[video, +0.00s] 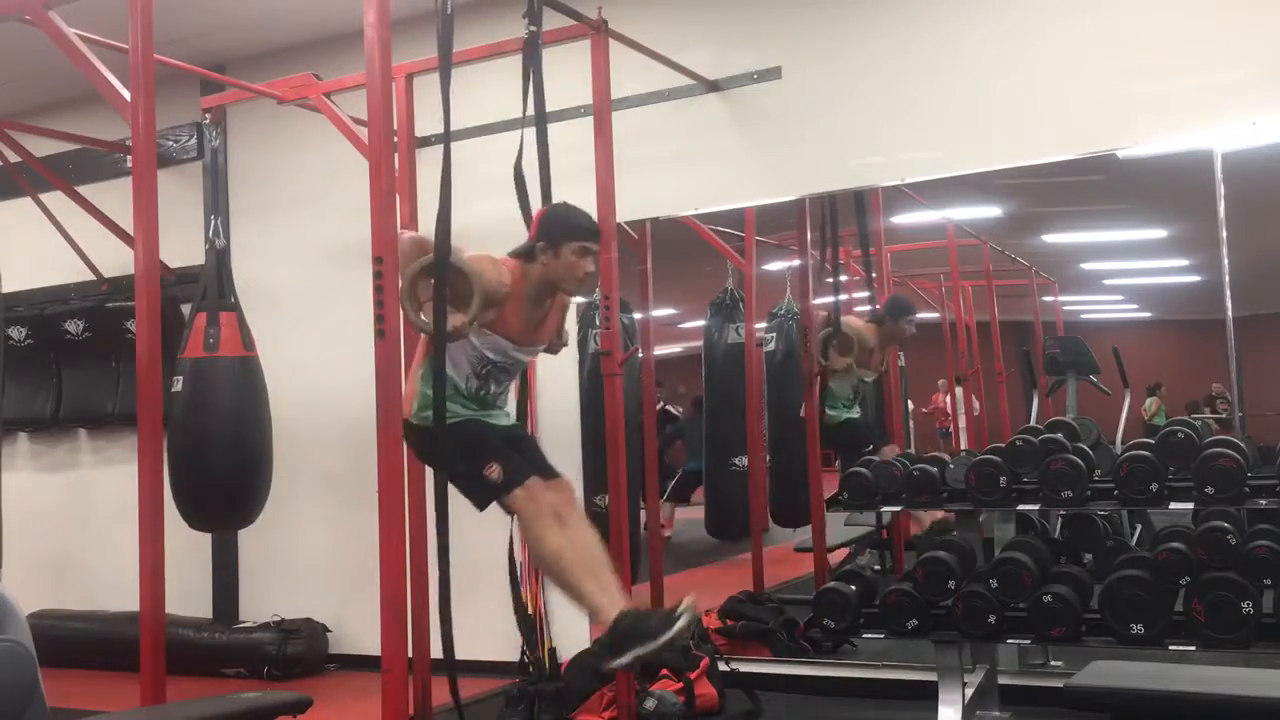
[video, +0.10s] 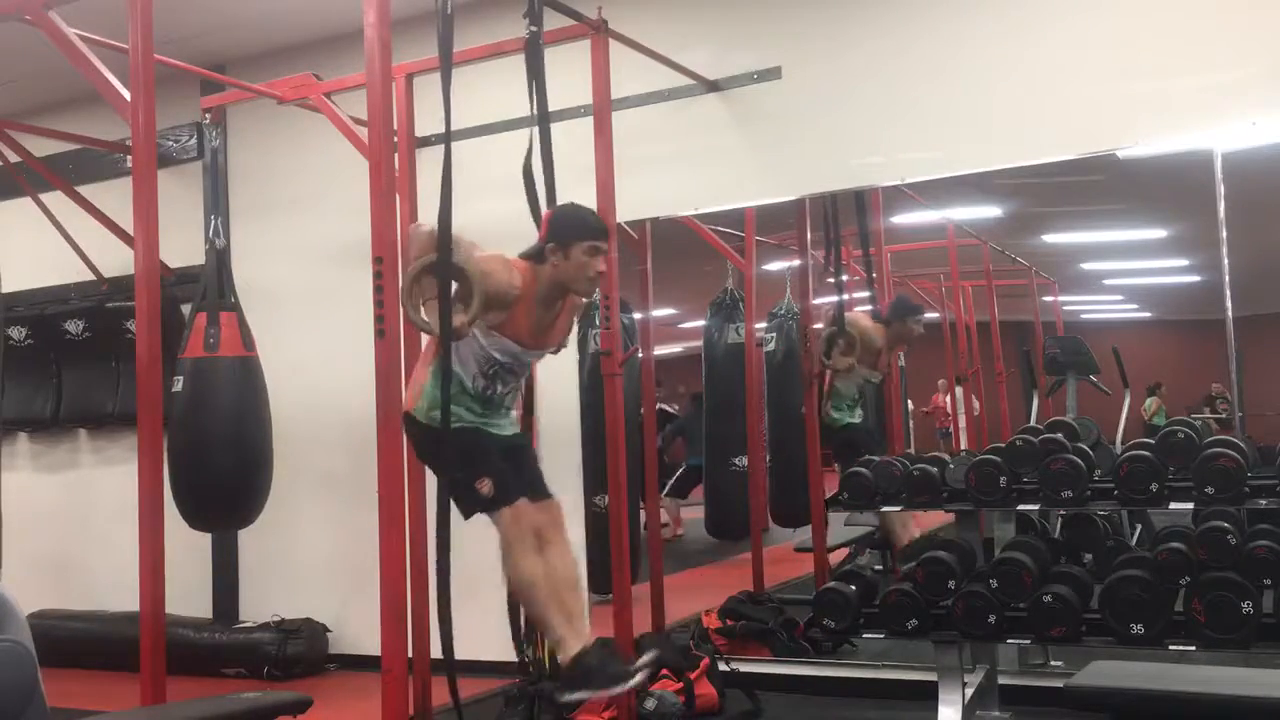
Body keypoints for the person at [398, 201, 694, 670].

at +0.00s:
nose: (592, 269)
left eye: (594, 257)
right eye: (583, 256)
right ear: (547, 253)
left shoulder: (559, 296)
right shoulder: (492, 276)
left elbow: (549, 323)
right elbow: (408, 243)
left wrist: (554, 338)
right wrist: (422, 312)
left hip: (492, 416)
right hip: (439, 414)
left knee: (562, 494)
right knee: (532, 499)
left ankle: (621, 622)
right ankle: (617, 622)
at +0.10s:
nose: (603, 266)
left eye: (605, 255)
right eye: (593, 253)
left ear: (568, 257)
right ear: (557, 254)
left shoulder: (572, 301)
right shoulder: (503, 279)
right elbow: (422, 236)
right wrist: (416, 303)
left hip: (498, 421)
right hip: (442, 415)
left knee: (548, 519)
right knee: (518, 520)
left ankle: (584, 653)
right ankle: (570, 656)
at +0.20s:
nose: (608, 258)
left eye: (610, 247)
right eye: (599, 246)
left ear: (584, 252)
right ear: (563, 246)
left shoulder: (579, 292)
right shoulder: (508, 275)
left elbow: (551, 333)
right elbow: (430, 232)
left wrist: (563, 340)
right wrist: (413, 305)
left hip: (502, 417)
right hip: (448, 409)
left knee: (535, 525)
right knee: (503, 527)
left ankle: (549, 667)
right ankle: (529, 675)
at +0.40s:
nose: (605, 209)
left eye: (606, 198)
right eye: (594, 198)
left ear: (596, 207)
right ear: (557, 204)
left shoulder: (582, 262)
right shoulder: (514, 249)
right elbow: (421, 230)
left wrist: (540, 330)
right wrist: (418, 309)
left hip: (513, 398)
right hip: (455, 391)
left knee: (525, 509)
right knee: (491, 510)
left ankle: (510, 649)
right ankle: (488, 657)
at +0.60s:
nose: (590, 156)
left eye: (590, 146)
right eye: (578, 145)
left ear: (579, 156)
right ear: (542, 153)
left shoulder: (570, 216)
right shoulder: (510, 209)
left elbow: (529, 277)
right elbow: (415, 235)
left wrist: (534, 328)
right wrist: (418, 311)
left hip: (512, 365)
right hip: (462, 360)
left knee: (518, 480)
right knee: (488, 480)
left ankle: (495, 618)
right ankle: (467, 623)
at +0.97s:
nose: (577, 92)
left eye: (579, 82)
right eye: (566, 81)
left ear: (570, 91)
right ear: (530, 85)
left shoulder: (565, 160)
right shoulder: (500, 148)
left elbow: (540, 245)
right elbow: (440, 228)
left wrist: (548, 313)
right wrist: (433, 305)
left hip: (520, 327)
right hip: (475, 322)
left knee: (508, 442)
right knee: (480, 441)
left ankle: (489, 570)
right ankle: (458, 573)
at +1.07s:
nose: (572, 88)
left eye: (574, 79)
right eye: (562, 77)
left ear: (565, 86)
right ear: (527, 79)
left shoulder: (561, 155)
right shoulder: (497, 139)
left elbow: (537, 245)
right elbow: (447, 226)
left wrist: (550, 311)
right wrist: (447, 307)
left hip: (522, 319)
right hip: (481, 315)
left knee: (511, 437)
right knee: (487, 433)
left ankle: (497, 565)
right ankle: (467, 567)